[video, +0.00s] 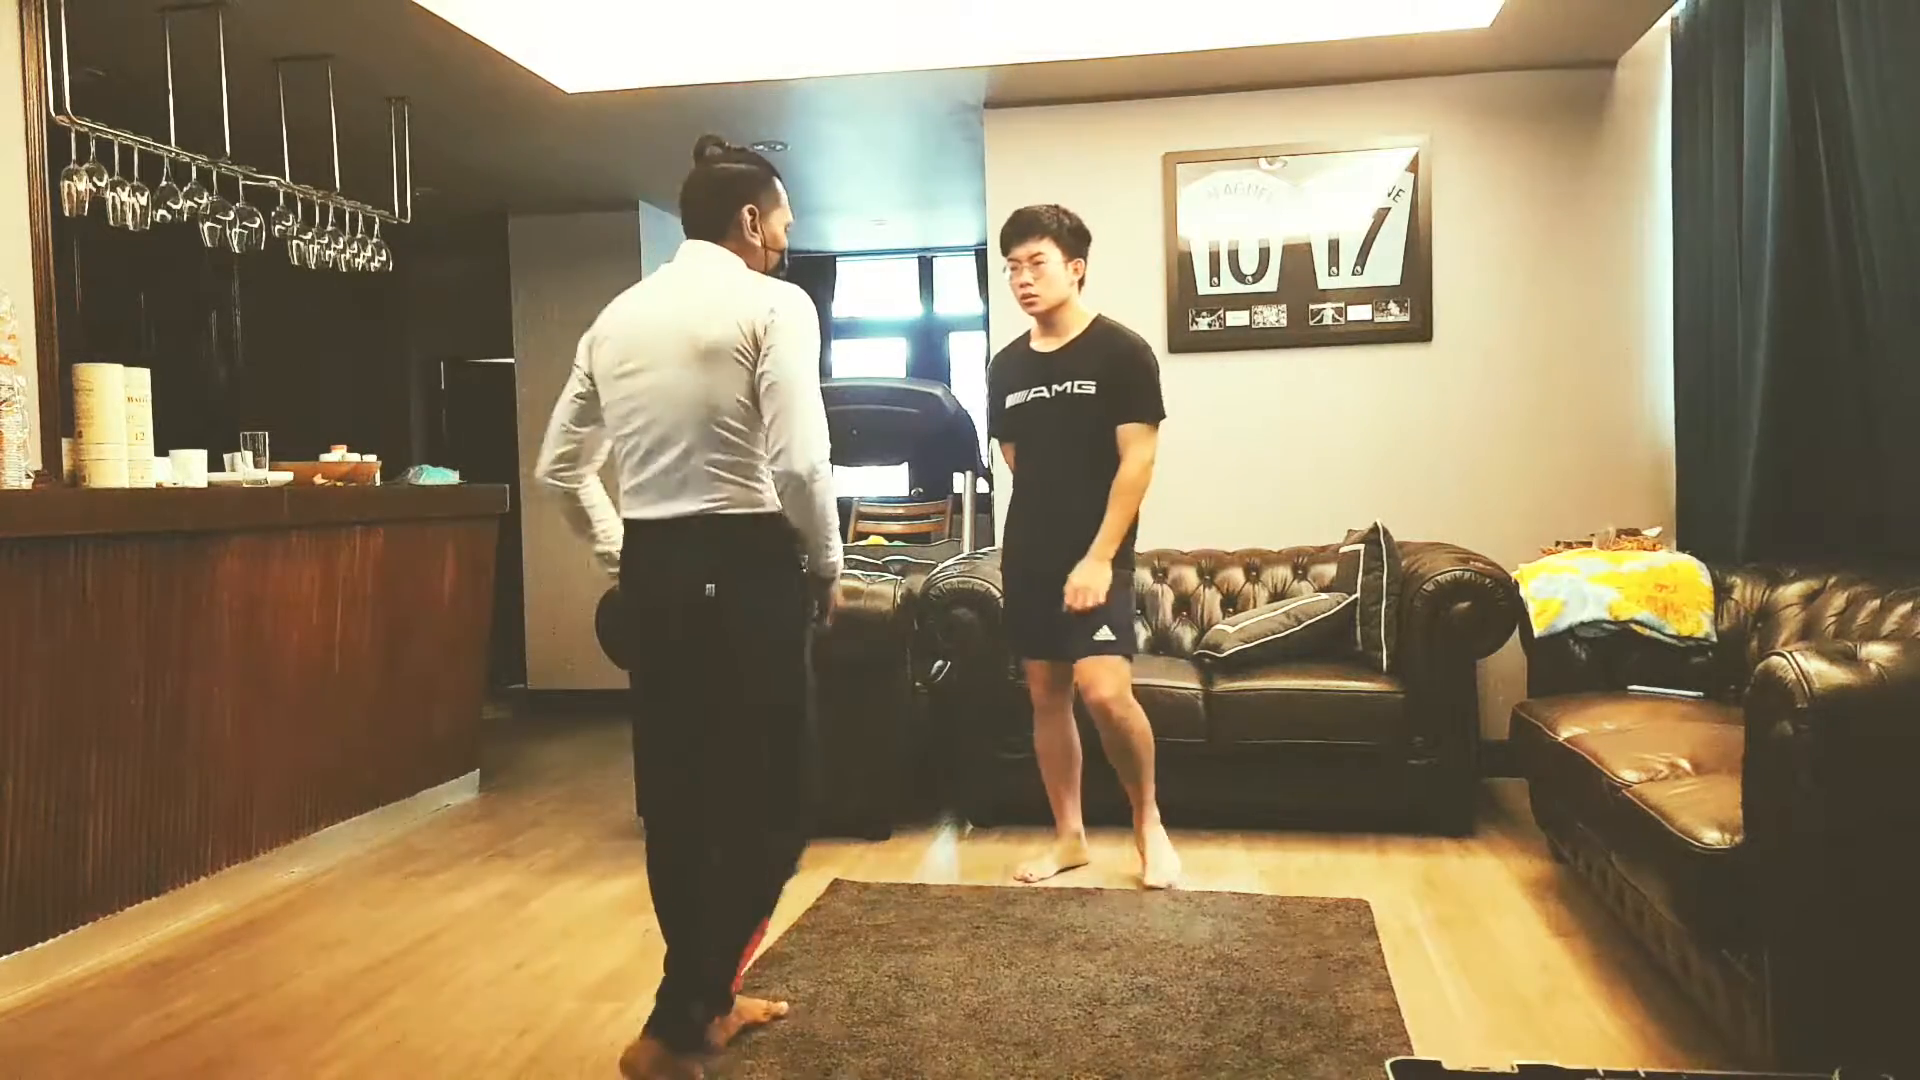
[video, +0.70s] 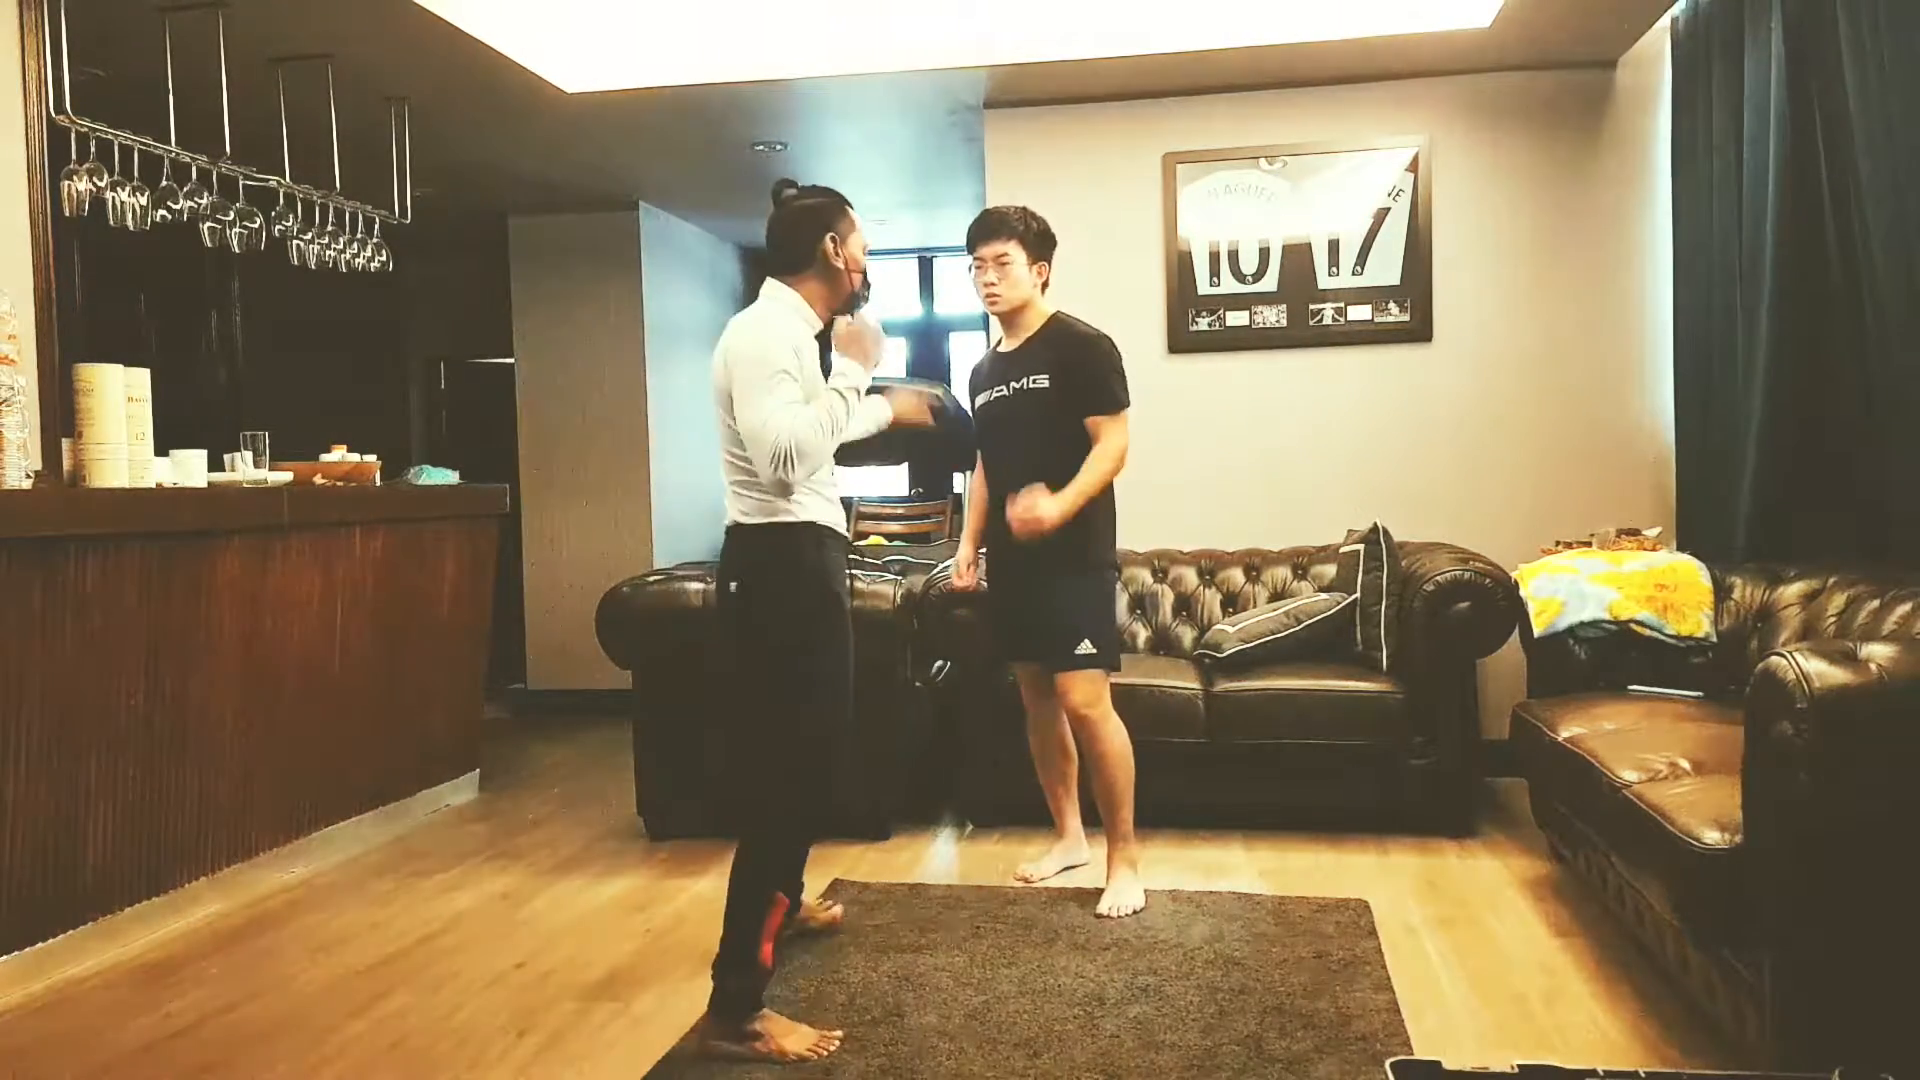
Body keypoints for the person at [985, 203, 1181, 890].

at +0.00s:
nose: (1022, 277)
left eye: (1037, 263)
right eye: (1014, 266)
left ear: (1077, 267)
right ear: (1008, 274)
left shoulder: (1122, 351)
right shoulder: (1006, 365)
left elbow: (1138, 463)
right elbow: (1017, 462)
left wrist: (1100, 557)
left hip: (1100, 545)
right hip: (1030, 549)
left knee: (1103, 691)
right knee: (1047, 691)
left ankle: (1148, 824)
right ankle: (1070, 839)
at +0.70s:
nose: (988, 278)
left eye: (1002, 264)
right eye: (979, 267)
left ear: (1041, 269)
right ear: (974, 276)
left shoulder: (1084, 346)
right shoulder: (985, 372)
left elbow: (1113, 447)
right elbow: (986, 467)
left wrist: (1062, 502)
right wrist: (969, 542)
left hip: (1076, 555)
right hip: (1012, 556)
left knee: (1084, 701)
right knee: (1038, 699)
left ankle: (1123, 859)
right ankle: (1070, 842)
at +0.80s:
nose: (987, 277)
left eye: (1002, 263)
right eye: (979, 266)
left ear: (1041, 267)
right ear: (975, 275)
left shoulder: (1087, 346)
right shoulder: (983, 370)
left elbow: (1111, 440)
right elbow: (985, 457)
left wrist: (1070, 419)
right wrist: (970, 514)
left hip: (1078, 553)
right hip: (1012, 554)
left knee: (1082, 699)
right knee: (1036, 694)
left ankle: (1124, 858)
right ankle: (1069, 842)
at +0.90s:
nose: (987, 275)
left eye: (1002, 261)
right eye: (980, 263)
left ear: (1043, 265)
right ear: (977, 273)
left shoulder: (1082, 340)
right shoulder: (984, 366)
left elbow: (1077, 429)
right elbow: (976, 453)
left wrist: (1070, 331)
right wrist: (972, 463)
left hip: (1075, 542)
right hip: (1013, 546)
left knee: (1076, 696)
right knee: (1037, 696)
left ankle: (1123, 853)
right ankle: (1069, 841)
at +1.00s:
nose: (983, 273)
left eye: (995, 259)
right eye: (980, 261)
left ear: (1041, 262)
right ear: (1002, 269)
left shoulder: (1083, 327)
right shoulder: (1000, 349)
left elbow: (1059, 381)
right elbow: (955, 447)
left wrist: (997, 301)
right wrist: (945, 394)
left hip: (1078, 537)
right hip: (1020, 537)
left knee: (1069, 696)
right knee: (1035, 694)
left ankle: (1126, 847)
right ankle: (1070, 838)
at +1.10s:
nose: (993, 272)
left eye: (1006, 258)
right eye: (988, 260)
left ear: (1053, 262)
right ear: (993, 269)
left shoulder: (1084, 322)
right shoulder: (996, 337)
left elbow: (1046, 385)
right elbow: (951, 378)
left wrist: (947, 350)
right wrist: (926, 326)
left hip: (1083, 534)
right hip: (1027, 535)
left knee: (1059, 693)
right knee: (1027, 691)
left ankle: (1127, 847)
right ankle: (1071, 841)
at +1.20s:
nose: (1002, 284)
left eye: (1016, 270)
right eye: (999, 273)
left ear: (1063, 274)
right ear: (1003, 279)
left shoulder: (1092, 339)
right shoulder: (1008, 332)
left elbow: (1044, 420)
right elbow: (933, 325)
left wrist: (947, 420)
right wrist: (935, 273)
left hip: (1083, 552)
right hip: (1026, 553)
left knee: (1054, 700)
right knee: (1010, 705)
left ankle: (1119, 871)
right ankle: (1067, 841)